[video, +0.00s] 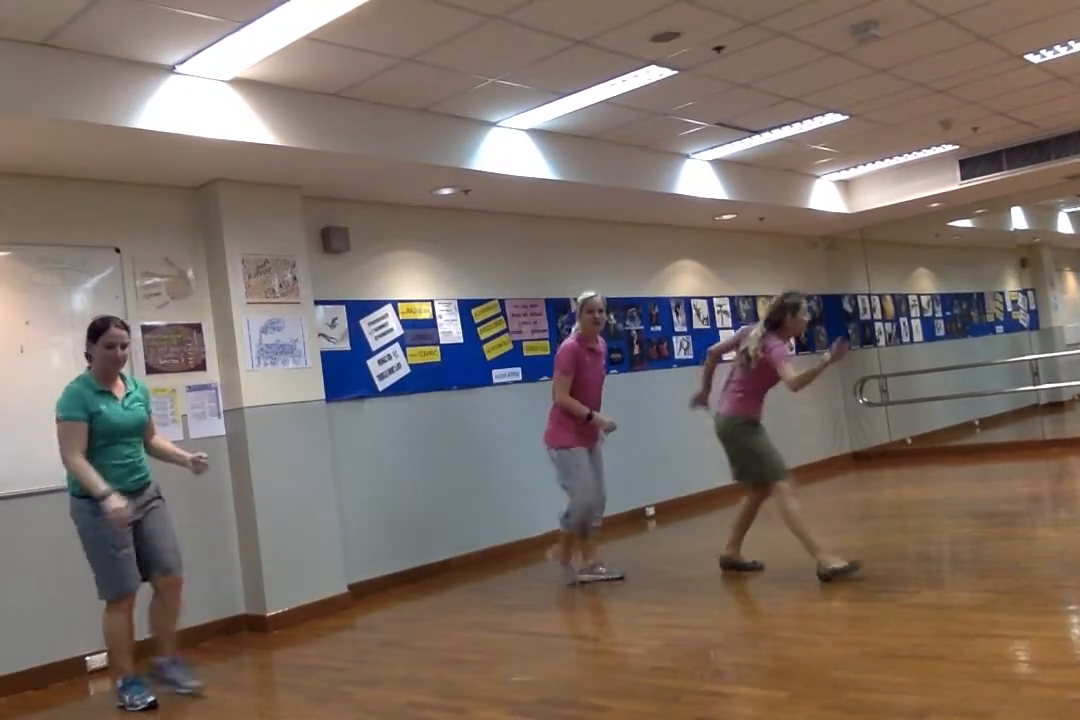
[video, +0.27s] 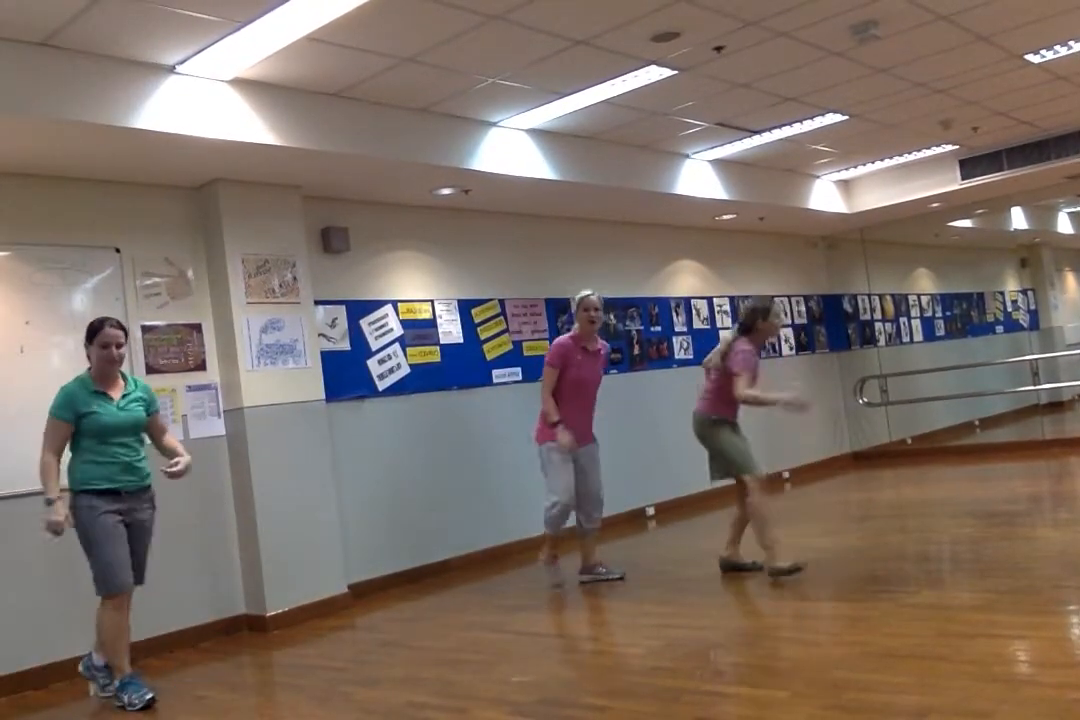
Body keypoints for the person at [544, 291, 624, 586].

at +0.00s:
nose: (597, 316)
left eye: (601, 312)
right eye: (591, 312)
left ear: (605, 315)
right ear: (580, 316)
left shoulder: (600, 348)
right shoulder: (569, 350)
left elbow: (590, 390)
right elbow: (560, 396)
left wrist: (593, 423)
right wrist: (596, 417)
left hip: (587, 434)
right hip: (564, 436)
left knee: (595, 498)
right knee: (584, 497)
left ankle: (588, 561)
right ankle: (561, 553)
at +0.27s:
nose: (593, 314)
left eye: (597, 310)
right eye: (587, 310)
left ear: (603, 314)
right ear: (576, 314)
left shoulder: (602, 349)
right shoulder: (562, 346)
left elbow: (588, 391)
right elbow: (546, 393)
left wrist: (586, 425)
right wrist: (558, 427)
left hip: (585, 435)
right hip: (555, 434)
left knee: (591, 500)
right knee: (563, 499)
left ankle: (589, 563)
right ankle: (549, 549)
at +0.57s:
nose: (565, 311)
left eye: (570, 306)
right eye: (560, 307)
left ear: (576, 310)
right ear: (549, 312)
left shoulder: (585, 349)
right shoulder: (537, 347)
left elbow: (588, 393)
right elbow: (519, 391)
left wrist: (611, 419)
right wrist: (505, 432)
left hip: (574, 440)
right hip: (541, 441)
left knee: (587, 504)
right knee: (546, 509)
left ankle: (589, 563)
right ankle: (549, 584)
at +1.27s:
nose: (560, 301)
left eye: (565, 295)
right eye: (554, 297)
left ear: (574, 302)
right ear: (544, 305)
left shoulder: (590, 342)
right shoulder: (534, 344)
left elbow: (605, 388)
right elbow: (525, 393)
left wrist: (625, 430)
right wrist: (526, 434)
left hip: (590, 437)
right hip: (552, 436)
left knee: (587, 513)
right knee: (574, 498)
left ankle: (573, 591)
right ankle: (544, 559)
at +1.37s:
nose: (569, 300)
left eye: (574, 294)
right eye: (562, 296)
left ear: (583, 300)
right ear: (553, 303)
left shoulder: (597, 340)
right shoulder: (543, 342)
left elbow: (618, 386)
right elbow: (530, 390)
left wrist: (643, 414)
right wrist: (526, 436)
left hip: (595, 435)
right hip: (561, 434)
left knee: (587, 513)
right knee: (602, 489)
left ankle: (573, 591)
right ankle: (580, 576)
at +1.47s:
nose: (580, 299)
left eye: (585, 294)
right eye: (573, 295)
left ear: (594, 300)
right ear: (564, 303)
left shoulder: (606, 339)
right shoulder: (555, 341)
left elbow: (628, 382)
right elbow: (539, 391)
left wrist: (651, 402)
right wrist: (531, 435)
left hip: (602, 434)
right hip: (571, 435)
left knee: (598, 512)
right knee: (610, 496)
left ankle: (573, 590)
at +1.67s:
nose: (607, 311)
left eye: (611, 305)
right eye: (600, 307)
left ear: (619, 309)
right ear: (590, 314)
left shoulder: (623, 347)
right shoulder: (585, 350)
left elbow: (619, 397)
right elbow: (563, 401)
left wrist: (643, 431)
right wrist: (580, 436)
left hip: (612, 442)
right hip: (586, 444)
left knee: (626, 508)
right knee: (627, 503)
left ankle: (576, 553)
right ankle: (640, 584)